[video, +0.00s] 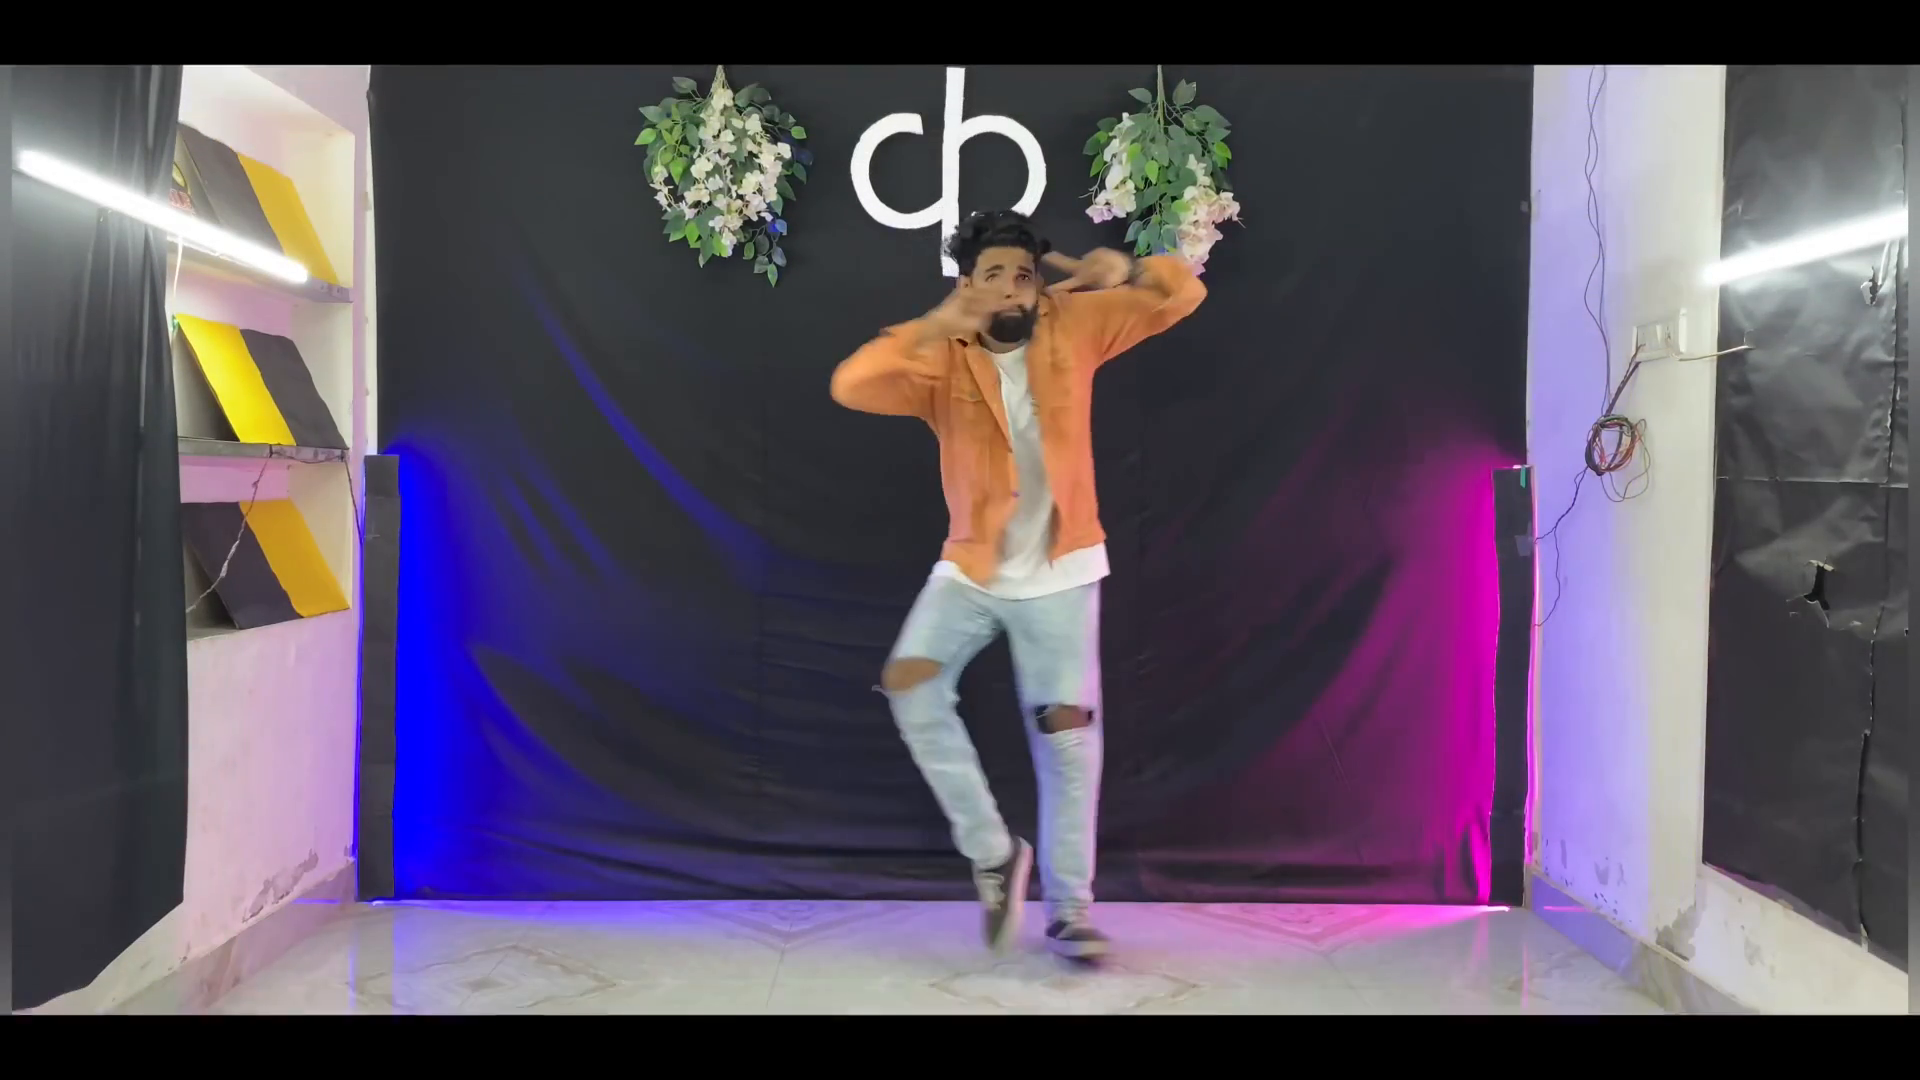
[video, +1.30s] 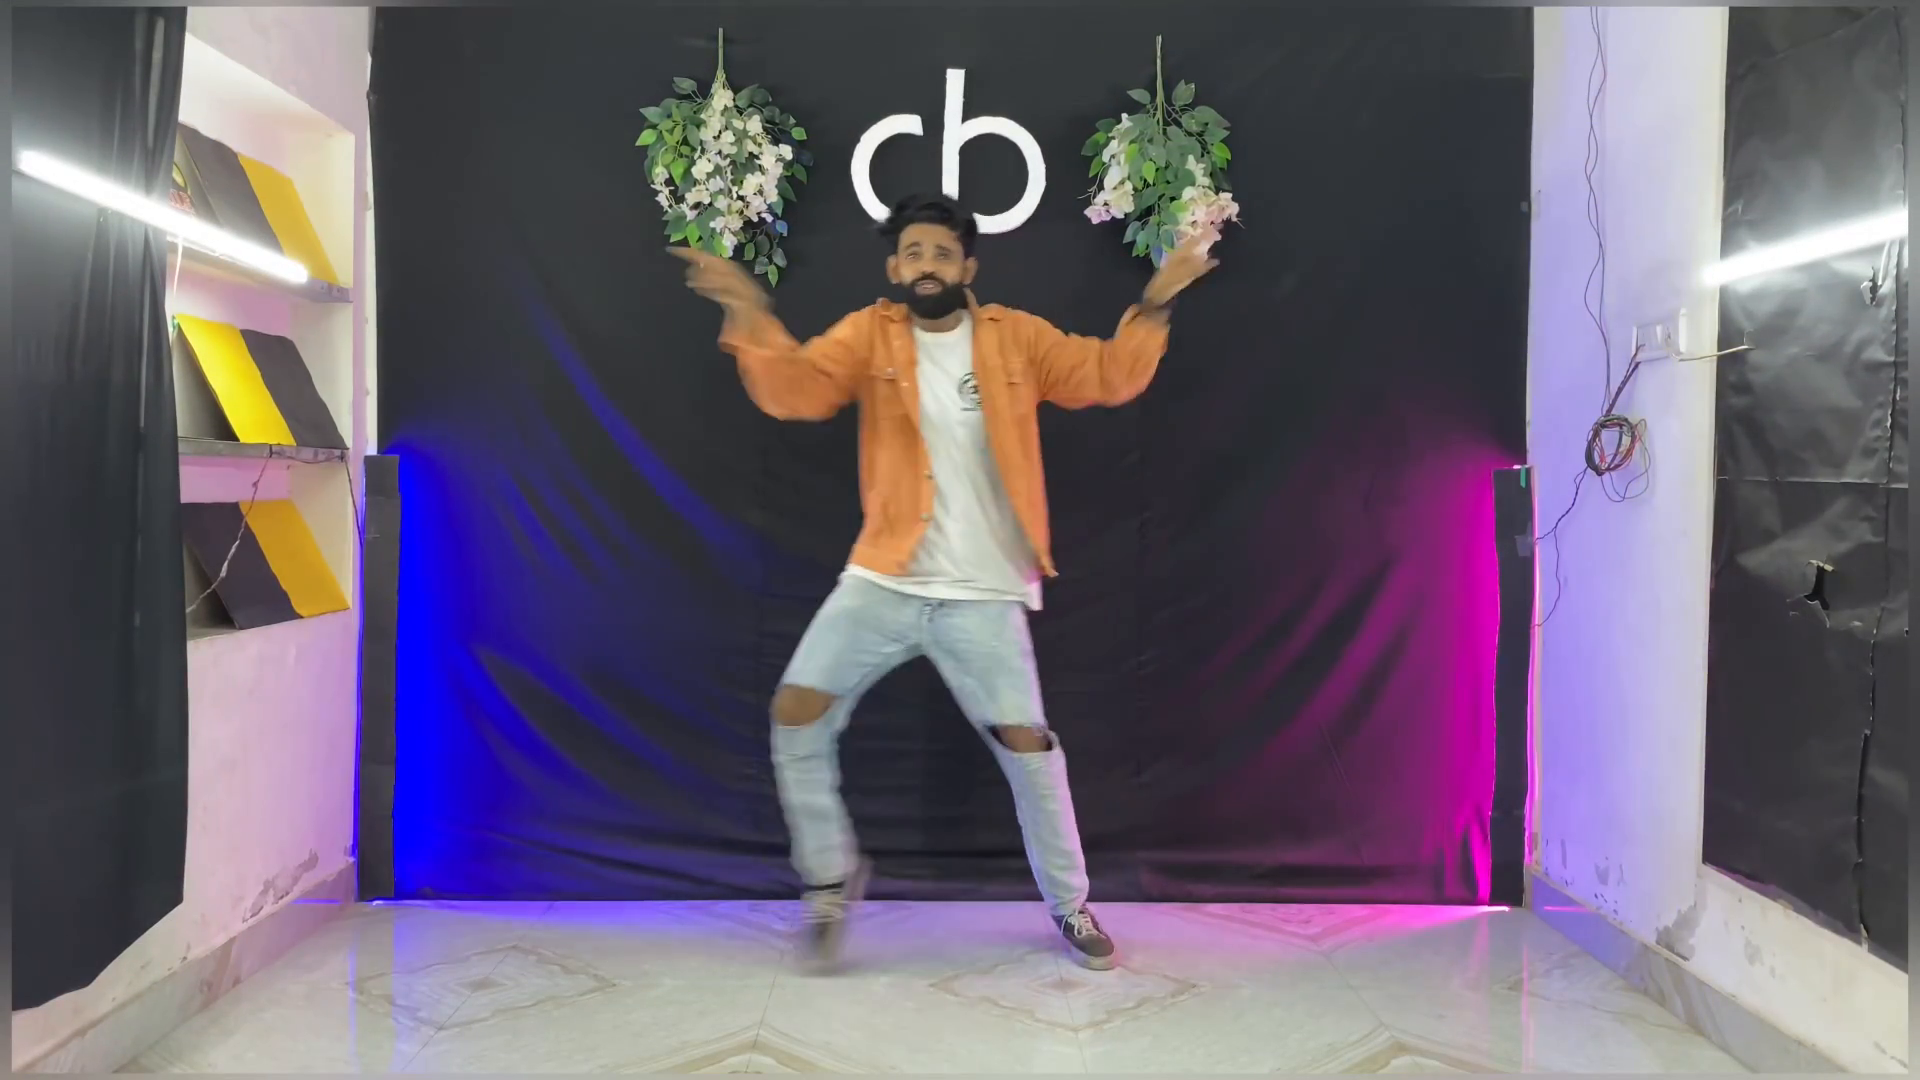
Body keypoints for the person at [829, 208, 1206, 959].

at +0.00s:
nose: (1012, 286)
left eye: (1024, 273)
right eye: (995, 273)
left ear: (1043, 281)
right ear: (966, 284)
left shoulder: (1076, 325)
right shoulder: (940, 356)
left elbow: (1180, 294)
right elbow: (850, 385)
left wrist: (1127, 270)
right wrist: (941, 323)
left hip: (1061, 567)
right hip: (972, 565)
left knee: (1067, 729)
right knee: (912, 684)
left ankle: (1071, 911)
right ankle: (992, 857)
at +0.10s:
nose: (1018, 290)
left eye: (1030, 276)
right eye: (1002, 277)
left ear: (1046, 284)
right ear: (973, 286)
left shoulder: (1080, 327)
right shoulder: (932, 364)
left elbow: (1164, 294)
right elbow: (827, 373)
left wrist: (1141, 264)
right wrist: (889, 317)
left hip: (1088, 571)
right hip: (997, 579)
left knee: (1107, 728)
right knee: (971, 720)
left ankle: (1085, 908)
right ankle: (1015, 899)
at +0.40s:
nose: (1008, 297)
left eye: (1021, 283)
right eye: (992, 283)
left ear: (1039, 290)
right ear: (965, 290)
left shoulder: (1076, 356)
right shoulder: (933, 375)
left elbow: (1174, 405)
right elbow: (826, 419)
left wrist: (1134, 348)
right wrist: (894, 376)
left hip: (1094, 579)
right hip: (1010, 598)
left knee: (1137, 715)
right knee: (1048, 750)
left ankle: (1095, 895)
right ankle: (1005, 913)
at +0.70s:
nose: (1015, 288)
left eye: (1029, 273)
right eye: (1001, 275)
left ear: (1060, 273)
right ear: (986, 281)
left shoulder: (1101, 335)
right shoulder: (972, 337)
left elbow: (1097, 403)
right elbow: (946, 423)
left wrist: (1062, 352)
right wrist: (896, 390)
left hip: (1031, 574)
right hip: (946, 569)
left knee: (1023, 729)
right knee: (941, 736)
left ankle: (1069, 904)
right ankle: (974, 910)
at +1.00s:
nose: (998, 258)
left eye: (1013, 245)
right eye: (985, 244)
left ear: (1041, 255)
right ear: (966, 254)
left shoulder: (1081, 334)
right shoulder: (941, 328)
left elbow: (1135, 426)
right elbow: (899, 437)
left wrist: (1136, 350)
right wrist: (903, 358)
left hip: (1044, 567)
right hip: (953, 556)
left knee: (1058, 733)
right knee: (882, 692)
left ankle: (1075, 909)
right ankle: (928, 861)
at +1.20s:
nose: (957, 258)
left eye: (973, 245)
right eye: (942, 245)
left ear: (997, 256)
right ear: (921, 256)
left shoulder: (1033, 330)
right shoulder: (898, 330)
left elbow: (1103, 408)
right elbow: (856, 422)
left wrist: (1131, 343)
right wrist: (830, 351)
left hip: (1012, 582)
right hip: (915, 578)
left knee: (1044, 740)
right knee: (869, 729)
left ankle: (1072, 907)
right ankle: (931, 885)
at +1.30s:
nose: (923, 264)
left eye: (939, 251)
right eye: (910, 251)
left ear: (969, 264)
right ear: (891, 266)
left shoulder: (1014, 335)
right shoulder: (872, 332)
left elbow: (1109, 373)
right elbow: (796, 392)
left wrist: (1158, 297)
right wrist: (750, 309)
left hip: (986, 588)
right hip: (884, 577)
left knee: (1027, 741)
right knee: (799, 709)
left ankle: (1071, 905)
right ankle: (829, 882)